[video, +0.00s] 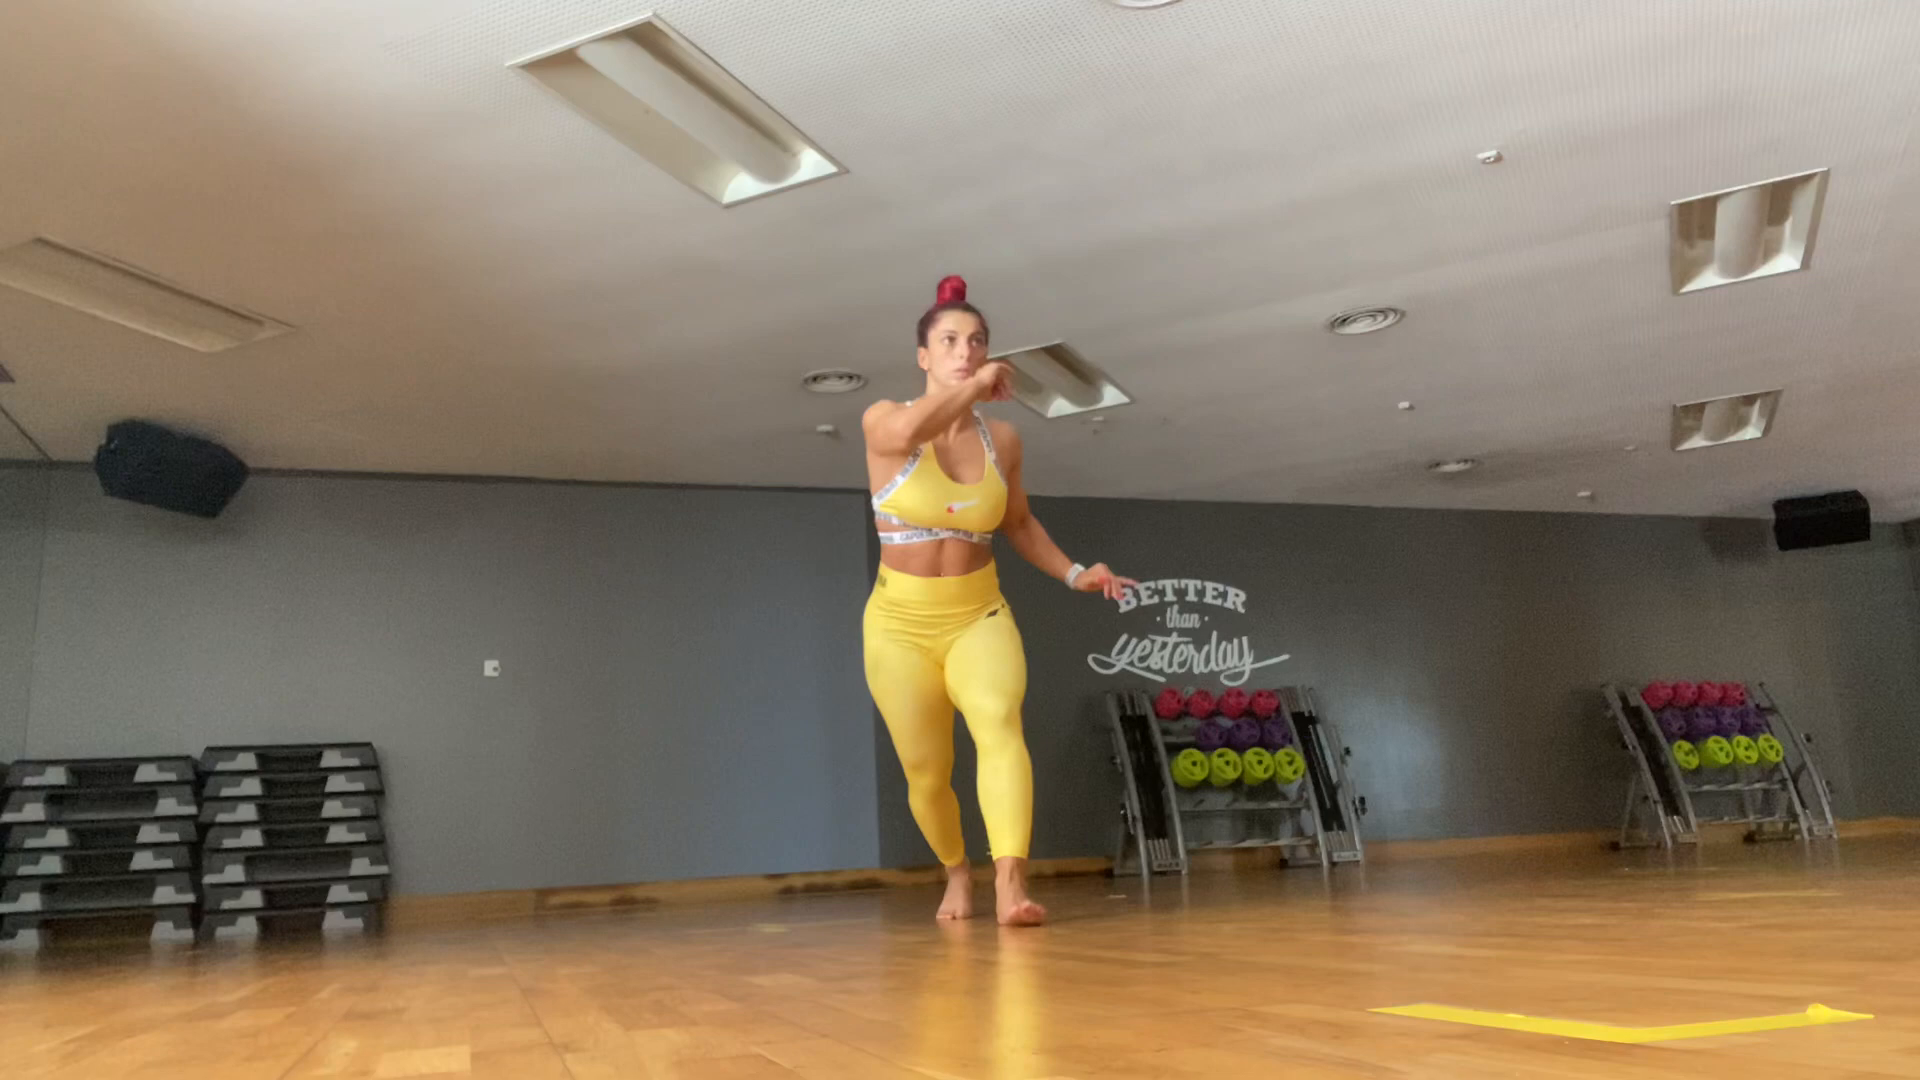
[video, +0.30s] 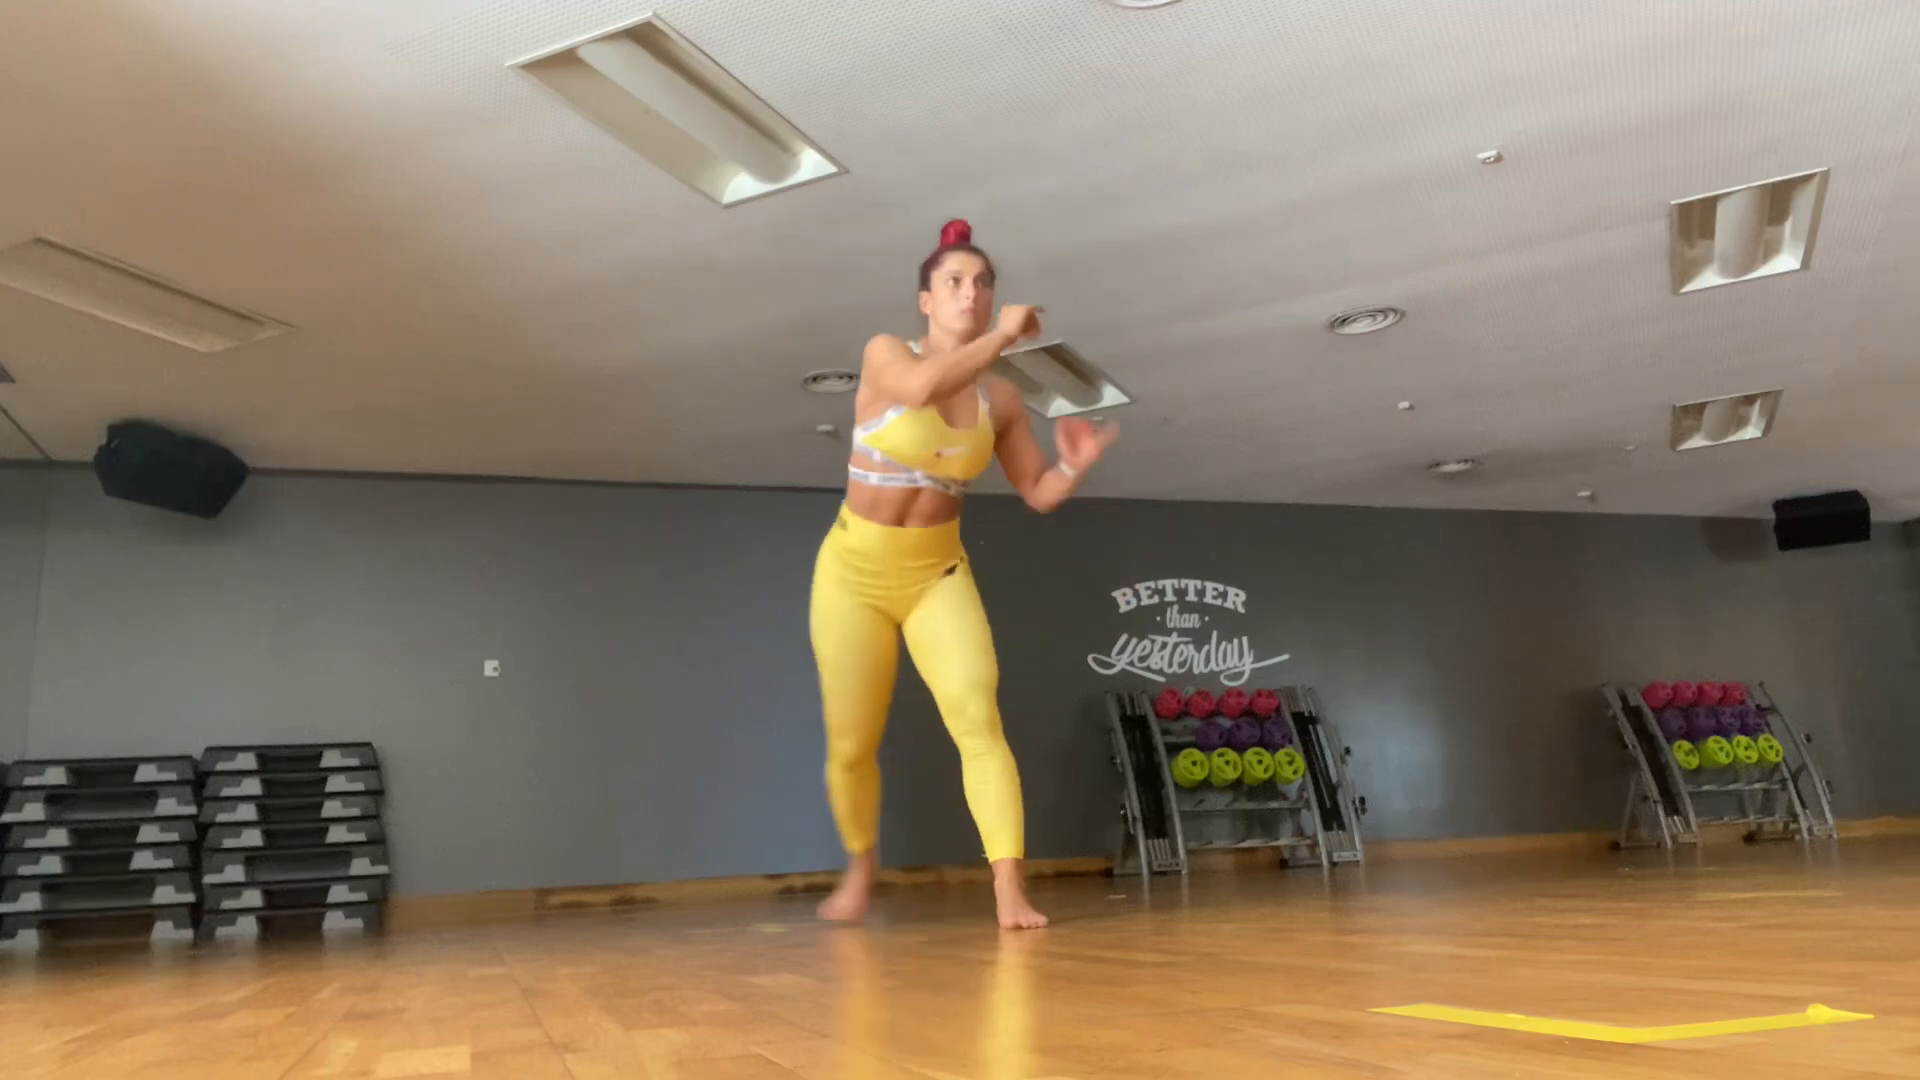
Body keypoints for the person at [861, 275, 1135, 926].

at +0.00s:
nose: (967, 352)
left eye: (976, 343)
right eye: (951, 341)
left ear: (989, 357)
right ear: (922, 356)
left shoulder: (1000, 437)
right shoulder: (883, 420)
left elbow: (1019, 523)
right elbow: (908, 430)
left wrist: (1074, 574)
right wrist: (972, 384)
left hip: (980, 617)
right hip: (897, 622)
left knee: (999, 721)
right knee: (925, 770)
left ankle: (1010, 881)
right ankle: (956, 873)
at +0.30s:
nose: (970, 291)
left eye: (981, 282)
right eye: (954, 281)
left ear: (992, 299)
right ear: (925, 297)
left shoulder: (1001, 398)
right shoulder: (886, 352)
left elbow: (1038, 492)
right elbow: (919, 385)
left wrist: (1073, 463)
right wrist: (1001, 336)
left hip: (939, 574)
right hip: (852, 570)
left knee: (979, 719)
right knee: (849, 744)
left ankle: (1009, 887)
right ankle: (860, 866)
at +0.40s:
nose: (955, 296)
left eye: (967, 286)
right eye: (938, 285)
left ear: (979, 301)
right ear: (910, 303)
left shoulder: (994, 393)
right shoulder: (871, 363)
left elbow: (1050, 494)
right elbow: (885, 413)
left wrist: (1052, 446)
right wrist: (970, 354)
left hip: (926, 577)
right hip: (837, 570)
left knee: (975, 719)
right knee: (802, 746)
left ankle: (1009, 891)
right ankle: (794, 878)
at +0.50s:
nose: (895, 314)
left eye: (907, 303)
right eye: (877, 302)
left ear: (925, 318)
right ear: (851, 321)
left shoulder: (950, 405)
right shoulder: (816, 385)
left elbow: (1018, 485)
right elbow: (815, 437)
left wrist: (1035, 479)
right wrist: (901, 371)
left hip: (904, 590)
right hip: (812, 586)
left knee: (966, 718)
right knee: (727, 740)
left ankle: (1004, 888)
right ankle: (658, 902)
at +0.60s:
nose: (836, 328)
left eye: (849, 315)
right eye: (818, 315)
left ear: (870, 330)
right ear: (791, 333)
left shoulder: (899, 415)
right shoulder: (758, 402)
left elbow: (975, 493)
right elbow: (765, 425)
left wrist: (1008, 500)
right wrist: (845, 366)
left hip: (875, 602)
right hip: (780, 606)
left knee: (947, 722)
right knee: (684, 738)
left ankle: (1003, 891)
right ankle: (593, 900)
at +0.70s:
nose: (740, 329)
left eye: (755, 315)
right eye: (723, 314)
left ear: (776, 329)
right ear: (696, 329)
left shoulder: (807, 416)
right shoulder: (667, 405)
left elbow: (882, 484)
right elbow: (637, 430)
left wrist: (938, 492)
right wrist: (741, 363)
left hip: (791, 603)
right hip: (691, 609)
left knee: (884, 726)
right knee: (606, 729)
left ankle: (995, 883)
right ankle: (565, 918)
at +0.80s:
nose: (688, 321)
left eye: (703, 307)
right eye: (670, 308)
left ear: (724, 323)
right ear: (645, 324)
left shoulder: (756, 407)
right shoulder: (610, 402)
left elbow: (840, 460)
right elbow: (544, 460)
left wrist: (895, 459)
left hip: (738, 596)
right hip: (640, 600)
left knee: (827, 732)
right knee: (571, 732)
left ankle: (928, 882)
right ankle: (561, 919)